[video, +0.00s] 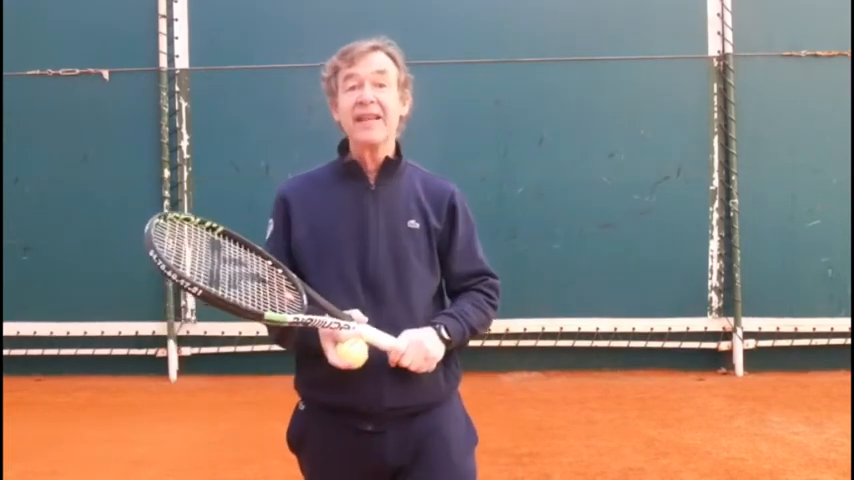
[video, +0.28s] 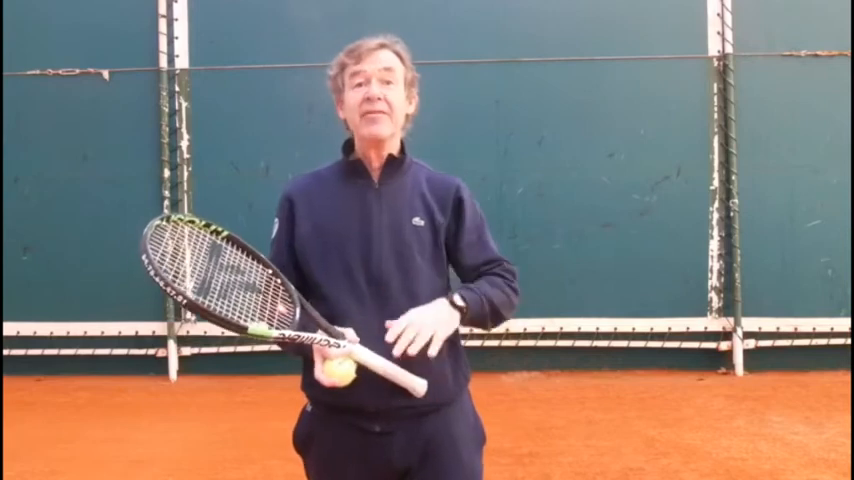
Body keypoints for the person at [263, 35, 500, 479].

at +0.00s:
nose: (366, 96)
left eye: (379, 83)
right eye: (352, 86)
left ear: (403, 101)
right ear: (335, 107)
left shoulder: (441, 199)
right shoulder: (296, 200)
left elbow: (480, 289)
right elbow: (276, 313)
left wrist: (440, 334)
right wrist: (320, 334)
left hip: (430, 424)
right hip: (333, 428)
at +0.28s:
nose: (373, 91)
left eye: (387, 80)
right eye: (359, 82)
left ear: (410, 102)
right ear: (341, 106)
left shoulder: (446, 195)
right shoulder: (301, 199)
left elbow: (501, 283)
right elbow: (278, 307)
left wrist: (452, 307)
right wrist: (316, 343)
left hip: (439, 425)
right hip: (340, 427)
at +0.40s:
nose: (374, 95)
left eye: (388, 82)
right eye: (359, 86)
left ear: (411, 101)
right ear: (342, 108)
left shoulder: (449, 192)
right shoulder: (305, 200)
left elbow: (518, 270)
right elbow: (281, 308)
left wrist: (452, 261)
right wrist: (320, 343)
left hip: (444, 423)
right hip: (346, 427)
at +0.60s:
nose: (377, 96)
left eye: (390, 84)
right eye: (362, 87)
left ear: (412, 103)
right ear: (343, 110)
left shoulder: (451, 185)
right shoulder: (311, 204)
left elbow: (531, 250)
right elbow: (290, 314)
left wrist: (465, 202)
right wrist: (328, 342)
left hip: (450, 424)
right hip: (351, 427)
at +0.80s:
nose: (382, 95)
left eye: (395, 82)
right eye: (367, 86)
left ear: (417, 101)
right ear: (349, 109)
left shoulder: (459, 190)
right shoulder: (317, 204)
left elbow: (540, 264)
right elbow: (296, 311)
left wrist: (519, 205)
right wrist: (333, 344)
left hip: (455, 426)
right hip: (355, 429)